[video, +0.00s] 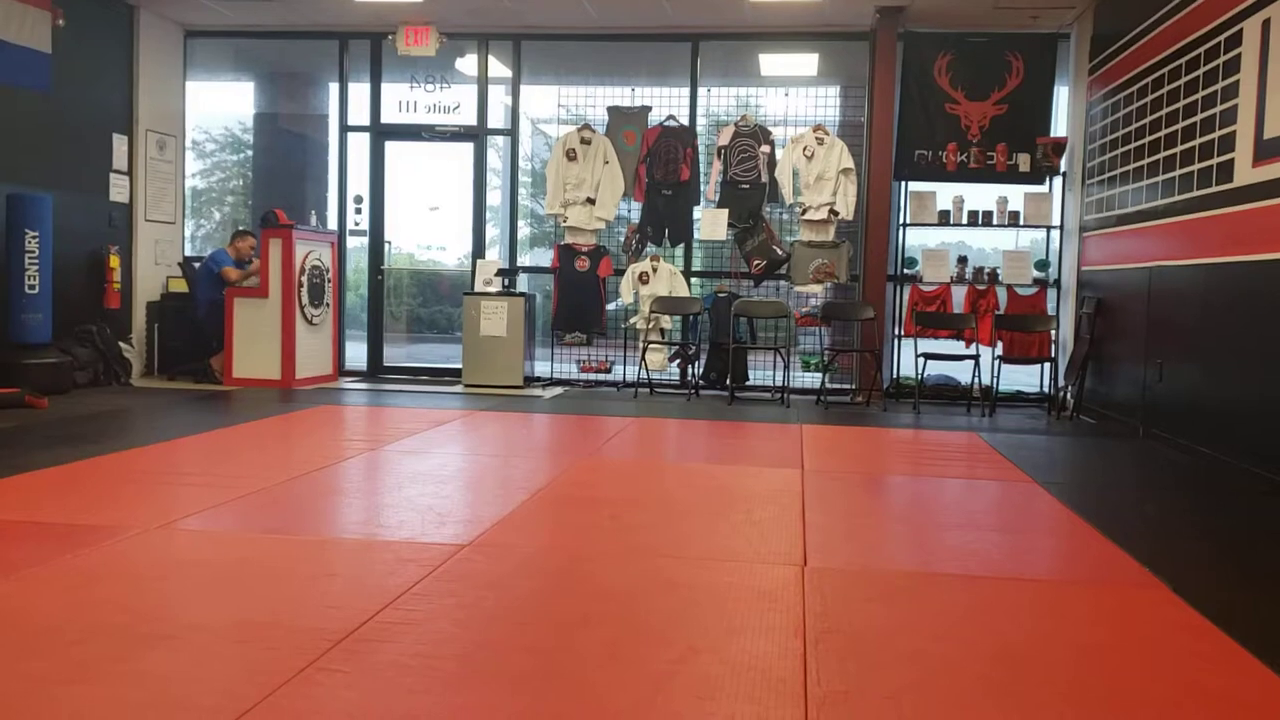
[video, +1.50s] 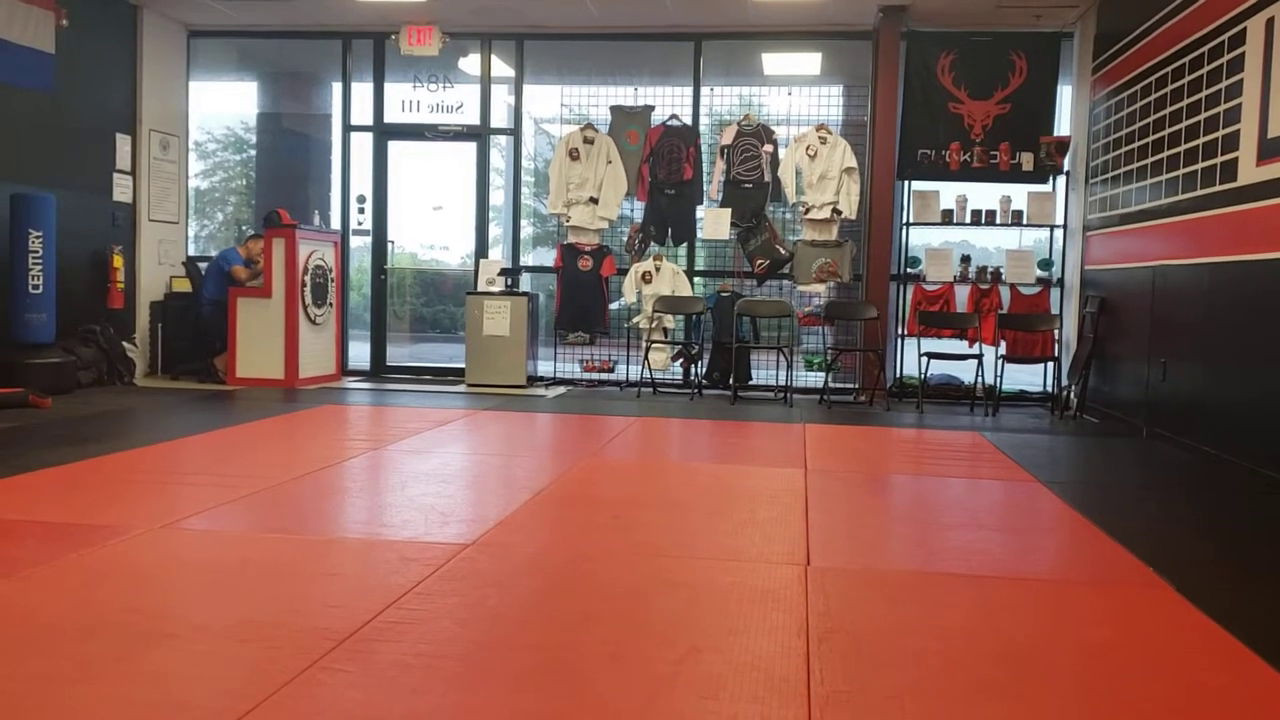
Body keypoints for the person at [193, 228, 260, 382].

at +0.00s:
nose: (252, 253)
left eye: (254, 250)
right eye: (251, 248)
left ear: (238, 244)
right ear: (238, 243)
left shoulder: (237, 261)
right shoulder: (219, 255)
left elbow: (256, 268)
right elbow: (232, 277)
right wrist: (253, 270)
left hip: (223, 307)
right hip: (207, 308)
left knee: (250, 327)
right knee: (244, 330)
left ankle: (220, 363)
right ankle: (217, 362)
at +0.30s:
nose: (256, 252)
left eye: (257, 249)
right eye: (254, 246)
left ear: (242, 243)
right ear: (241, 241)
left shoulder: (240, 261)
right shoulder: (223, 254)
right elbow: (235, 276)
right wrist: (255, 268)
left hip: (224, 306)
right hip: (208, 306)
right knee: (245, 330)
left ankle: (220, 362)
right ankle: (217, 361)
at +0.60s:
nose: (260, 255)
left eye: (262, 252)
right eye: (259, 249)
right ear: (246, 243)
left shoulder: (242, 262)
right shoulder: (228, 256)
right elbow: (241, 278)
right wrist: (258, 270)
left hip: (225, 307)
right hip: (211, 309)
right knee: (248, 332)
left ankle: (222, 363)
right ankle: (219, 363)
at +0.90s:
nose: (260, 253)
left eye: (262, 250)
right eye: (259, 248)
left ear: (249, 244)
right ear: (248, 242)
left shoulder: (242, 258)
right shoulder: (229, 254)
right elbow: (243, 276)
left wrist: (261, 263)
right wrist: (258, 266)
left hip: (224, 303)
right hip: (211, 303)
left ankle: (220, 363)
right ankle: (219, 362)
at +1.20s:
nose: (260, 255)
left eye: (262, 252)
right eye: (260, 250)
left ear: (251, 245)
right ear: (250, 244)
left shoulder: (244, 259)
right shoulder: (230, 255)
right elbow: (242, 276)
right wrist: (259, 268)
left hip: (226, 304)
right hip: (212, 305)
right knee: (245, 333)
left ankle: (222, 362)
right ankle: (220, 362)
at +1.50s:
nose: (261, 255)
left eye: (263, 252)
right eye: (260, 250)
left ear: (250, 245)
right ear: (250, 244)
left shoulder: (243, 259)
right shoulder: (230, 255)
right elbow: (241, 276)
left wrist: (262, 266)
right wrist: (259, 269)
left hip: (225, 305)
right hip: (212, 306)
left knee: (252, 328)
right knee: (247, 332)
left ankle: (222, 363)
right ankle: (220, 363)